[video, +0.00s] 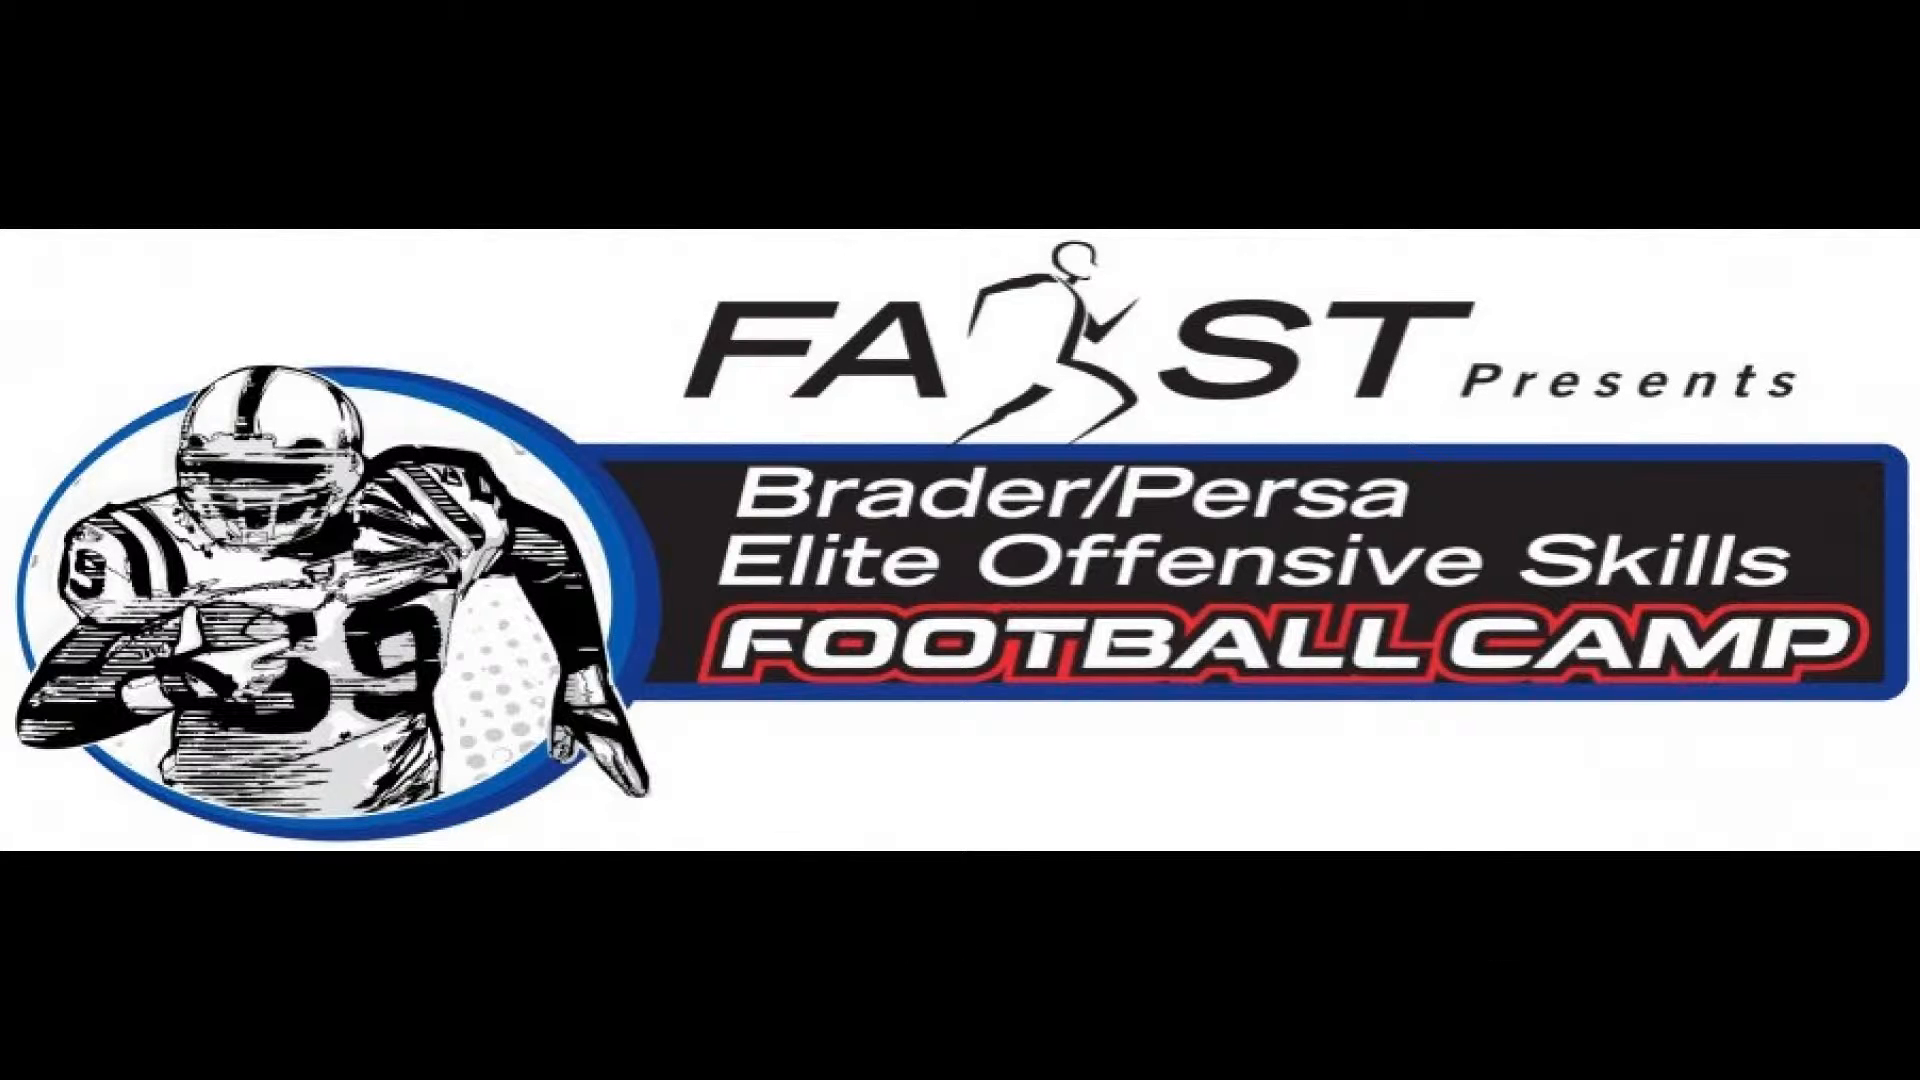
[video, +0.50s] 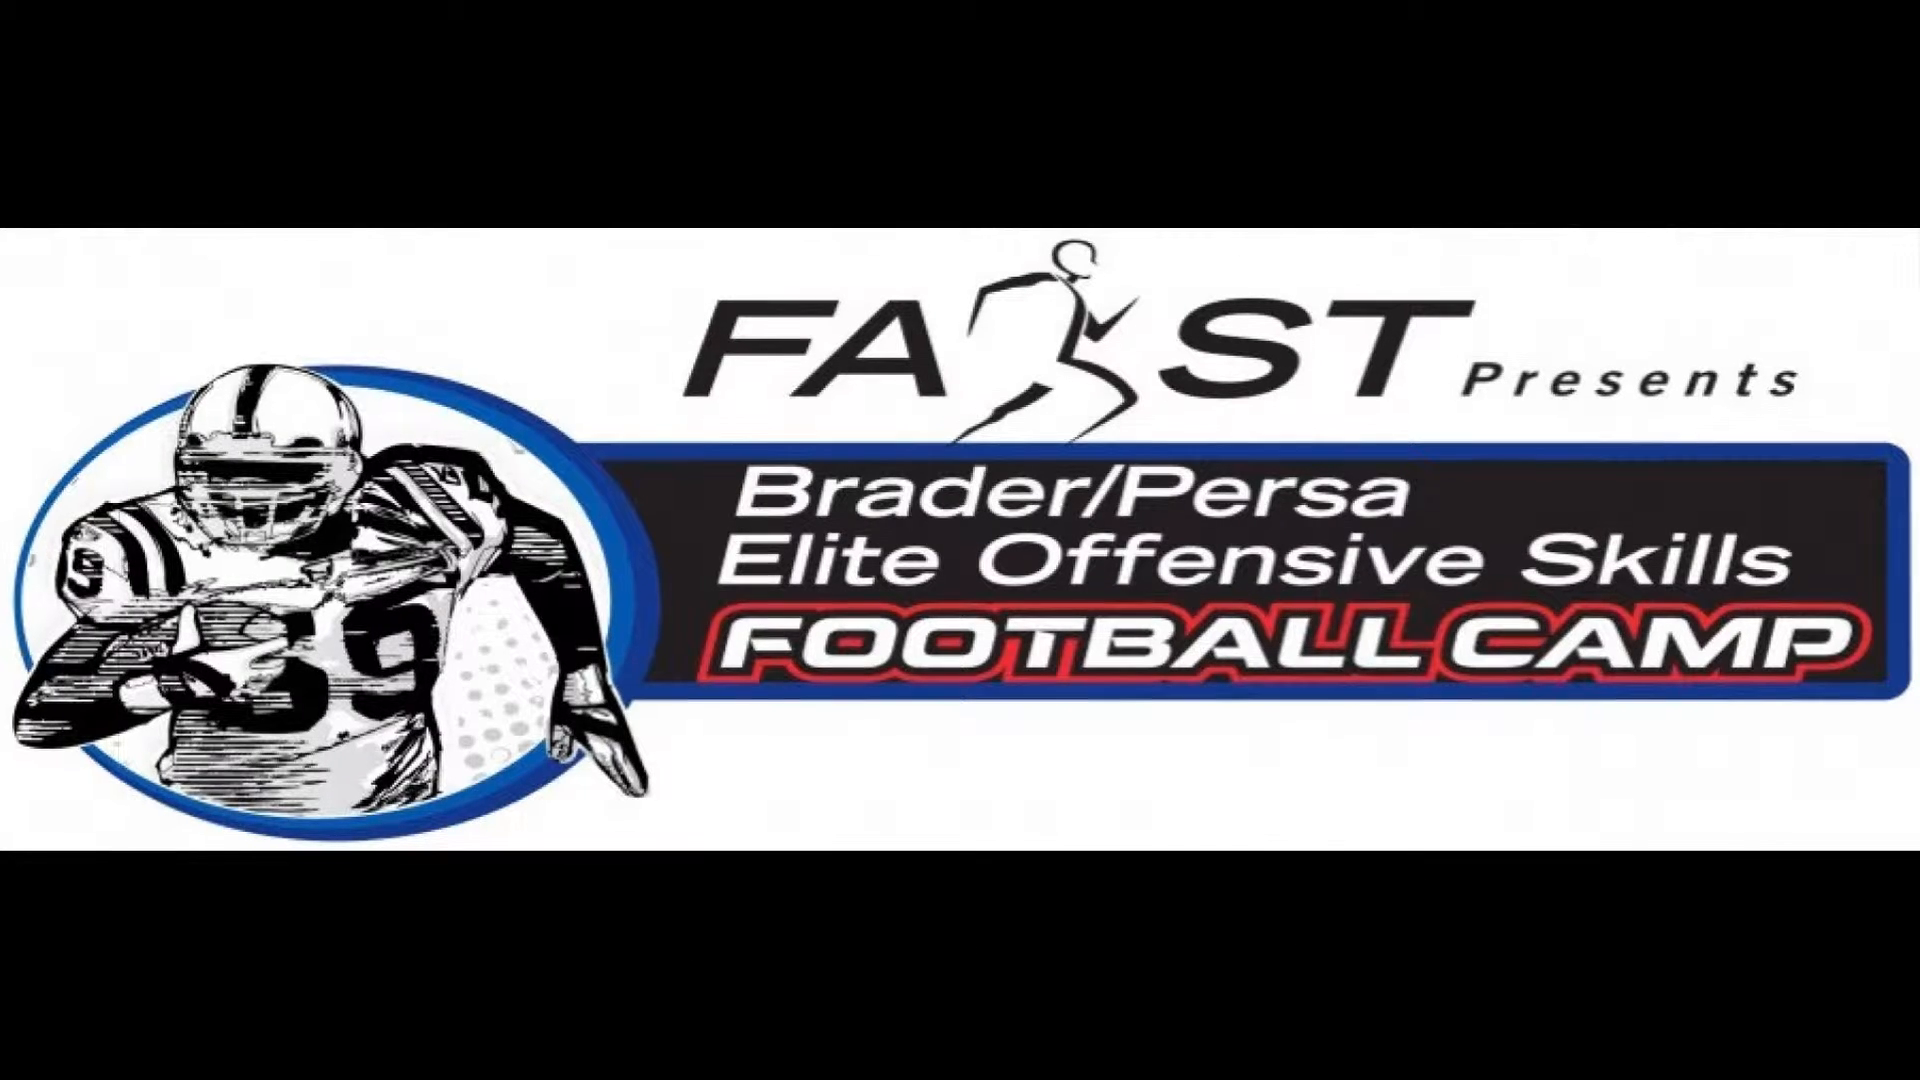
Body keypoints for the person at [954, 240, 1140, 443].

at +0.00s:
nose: (1088, 268)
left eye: (1089, 262)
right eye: (1082, 260)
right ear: (1069, 263)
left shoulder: (1077, 301)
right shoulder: (1045, 281)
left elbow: (1096, 335)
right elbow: (986, 292)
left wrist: (1127, 309)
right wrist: (970, 331)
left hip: (1053, 366)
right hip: (1059, 365)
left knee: (1002, 412)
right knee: (1128, 398)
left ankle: (956, 442)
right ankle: (1074, 441)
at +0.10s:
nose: (1088, 268)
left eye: (1089, 262)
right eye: (1082, 260)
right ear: (1069, 263)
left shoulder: (1077, 301)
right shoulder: (1045, 281)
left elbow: (1096, 335)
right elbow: (986, 292)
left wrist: (1127, 309)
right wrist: (970, 331)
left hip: (1053, 366)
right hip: (1059, 365)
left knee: (1002, 412)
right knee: (1128, 398)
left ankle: (956, 442)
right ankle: (1074, 441)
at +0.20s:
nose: (1087, 267)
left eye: (1088, 260)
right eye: (1080, 259)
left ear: (1089, 266)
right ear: (1066, 262)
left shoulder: (1077, 301)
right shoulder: (1045, 281)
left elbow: (1096, 334)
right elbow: (986, 292)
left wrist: (1128, 309)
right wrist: (970, 331)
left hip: (1054, 366)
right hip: (1057, 364)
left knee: (1002, 412)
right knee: (1127, 398)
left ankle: (957, 442)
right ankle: (1074, 441)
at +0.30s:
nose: (1086, 266)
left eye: (1088, 260)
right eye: (1079, 259)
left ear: (1089, 265)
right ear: (1065, 262)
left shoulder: (1078, 301)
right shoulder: (1045, 281)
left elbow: (1096, 335)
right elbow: (986, 292)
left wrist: (1127, 310)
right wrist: (970, 331)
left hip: (1055, 366)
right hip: (1057, 364)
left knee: (1003, 412)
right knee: (1128, 398)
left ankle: (957, 442)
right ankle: (1074, 441)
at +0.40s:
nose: (1087, 267)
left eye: (1088, 261)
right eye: (1080, 259)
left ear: (1089, 266)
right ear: (1066, 262)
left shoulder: (1078, 301)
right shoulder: (1045, 281)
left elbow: (1096, 334)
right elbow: (986, 292)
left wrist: (1127, 309)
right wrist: (970, 331)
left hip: (1052, 367)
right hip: (1057, 365)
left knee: (1002, 413)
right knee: (1128, 399)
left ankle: (956, 443)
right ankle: (1073, 442)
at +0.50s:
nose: (1090, 267)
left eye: (1090, 261)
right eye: (1085, 260)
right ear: (1071, 262)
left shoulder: (1078, 299)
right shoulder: (1045, 280)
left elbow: (1096, 333)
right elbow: (986, 291)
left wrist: (1128, 307)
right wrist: (970, 330)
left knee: (1000, 412)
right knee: (1128, 397)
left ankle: (953, 443)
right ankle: (1072, 441)